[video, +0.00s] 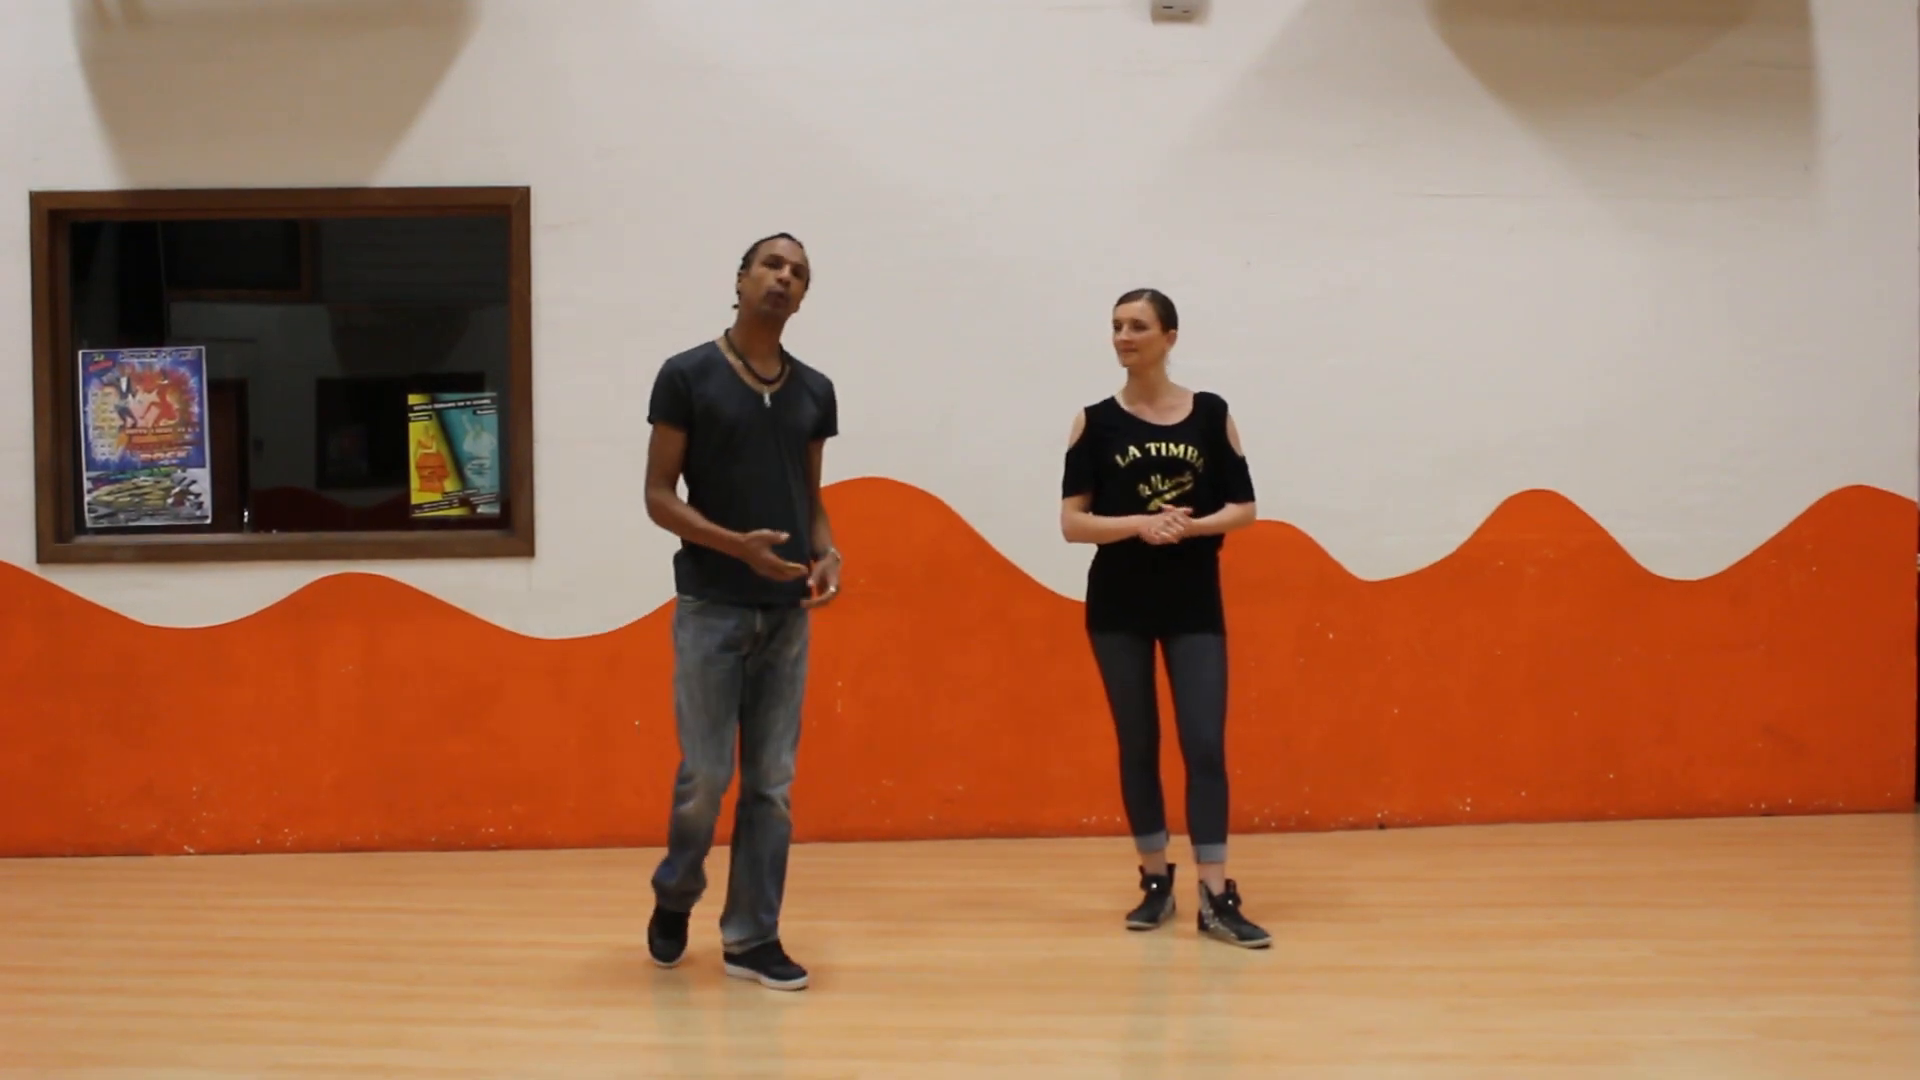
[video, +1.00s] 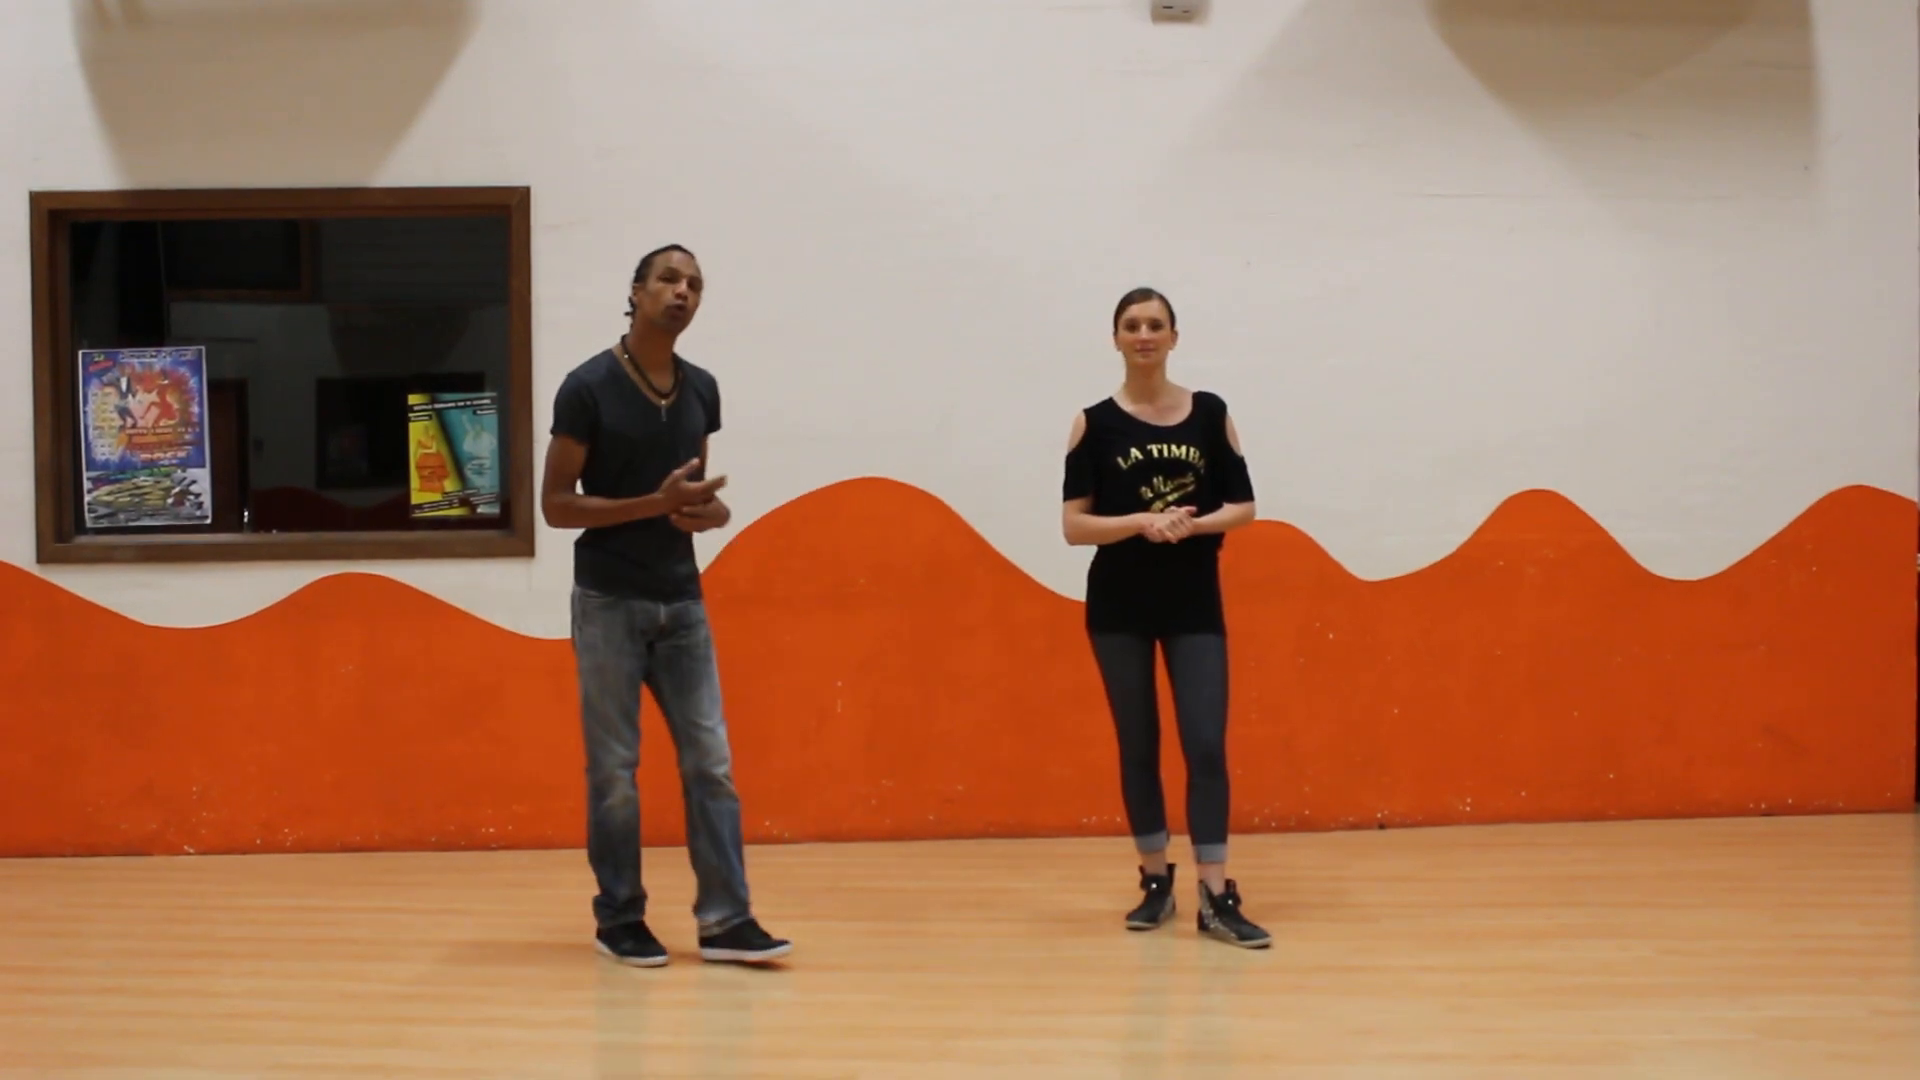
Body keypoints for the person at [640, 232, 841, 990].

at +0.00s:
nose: (786, 278)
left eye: (798, 274)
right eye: (774, 264)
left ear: (803, 299)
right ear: (740, 279)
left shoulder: (813, 390)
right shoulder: (687, 376)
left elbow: (810, 495)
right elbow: (660, 499)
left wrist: (828, 550)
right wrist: (738, 543)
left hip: (786, 611)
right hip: (711, 606)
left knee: (771, 781)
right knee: (708, 774)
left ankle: (753, 938)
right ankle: (676, 895)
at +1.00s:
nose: (681, 292)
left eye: (692, 285)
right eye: (668, 278)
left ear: (697, 307)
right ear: (633, 293)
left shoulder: (701, 391)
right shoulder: (588, 389)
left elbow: (687, 496)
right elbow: (556, 505)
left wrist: (707, 508)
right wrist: (656, 505)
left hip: (680, 599)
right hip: (607, 600)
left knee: (710, 760)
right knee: (615, 767)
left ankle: (725, 921)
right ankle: (621, 921)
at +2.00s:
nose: (746, 316)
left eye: (745, 304)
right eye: (735, 303)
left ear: (705, 313)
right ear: (692, 308)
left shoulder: (691, 386)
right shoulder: (645, 388)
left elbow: (671, 490)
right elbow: (628, 507)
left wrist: (720, 502)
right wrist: (714, 492)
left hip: (678, 590)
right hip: (638, 588)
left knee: (664, 751)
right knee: (644, 750)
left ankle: (646, 887)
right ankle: (623, 907)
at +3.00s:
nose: (734, 305)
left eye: (747, 298)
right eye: (723, 291)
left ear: (754, 314)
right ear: (693, 298)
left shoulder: (747, 392)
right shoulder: (647, 384)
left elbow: (754, 490)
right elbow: (600, 493)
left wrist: (750, 493)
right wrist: (695, 470)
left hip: (729, 594)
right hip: (667, 592)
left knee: (745, 742)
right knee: (682, 750)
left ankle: (662, 858)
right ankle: (690, 913)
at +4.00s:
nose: (702, 297)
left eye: (713, 287)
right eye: (688, 286)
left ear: (728, 302)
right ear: (666, 300)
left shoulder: (747, 386)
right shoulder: (642, 391)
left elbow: (746, 475)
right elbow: (632, 509)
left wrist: (769, 479)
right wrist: (726, 487)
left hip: (736, 593)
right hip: (673, 593)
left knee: (735, 752)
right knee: (688, 753)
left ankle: (701, 884)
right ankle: (688, 906)